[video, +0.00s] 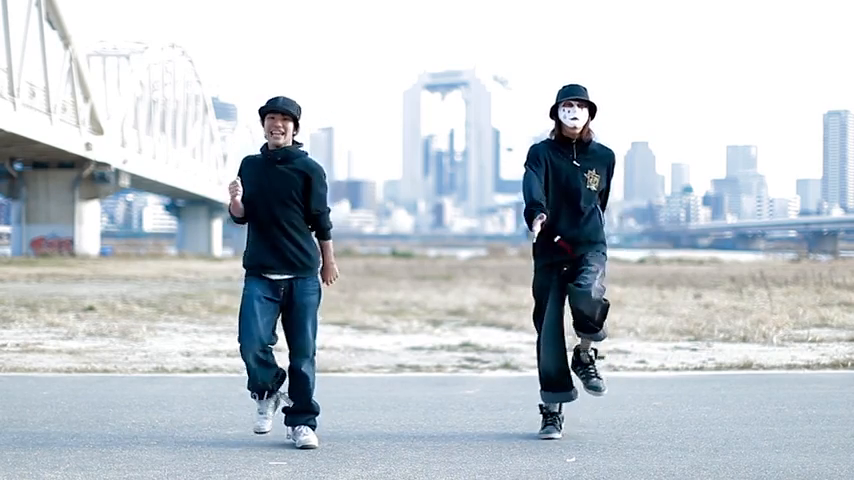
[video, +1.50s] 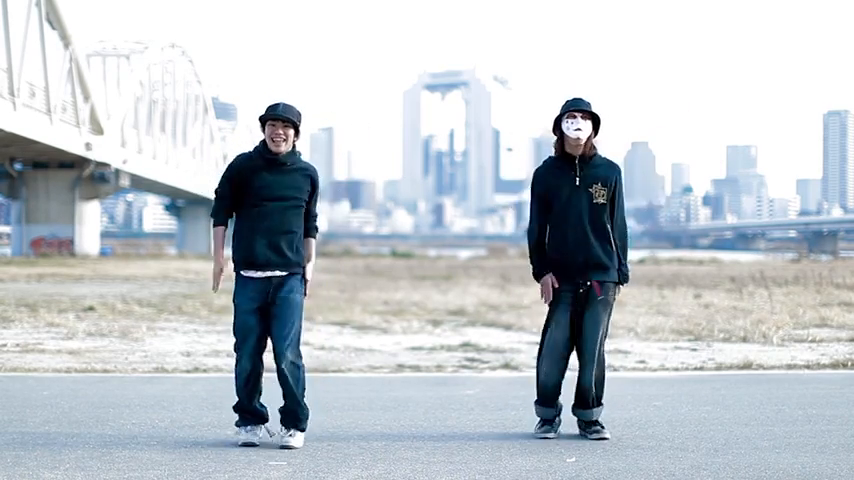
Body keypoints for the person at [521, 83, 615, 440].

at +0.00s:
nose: (573, 113)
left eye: (579, 107)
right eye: (567, 107)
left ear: (589, 114)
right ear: (556, 113)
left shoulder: (603, 156)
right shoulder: (541, 152)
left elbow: (601, 202)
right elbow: (533, 194)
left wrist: (587, 230)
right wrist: (537, 219)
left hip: (590, 246)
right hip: (550, 246)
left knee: (587, 297)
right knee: (549, 327)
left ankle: (585, 354)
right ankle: (551, 407)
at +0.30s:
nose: (577, 123)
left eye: (583, 118)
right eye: (571, 118)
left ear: (592, 124)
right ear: (560, 123)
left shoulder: (606, 164)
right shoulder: (542, 166)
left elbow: (626, 198)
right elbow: (527, 206)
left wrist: (646, 219)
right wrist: (520, 239)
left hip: (598, 259)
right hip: (559, 256)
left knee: (591, 335)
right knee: (586, 308)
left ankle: (584, 412)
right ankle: (561, 364)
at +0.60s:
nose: (575, 130)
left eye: (581, 124)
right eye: (569, 123)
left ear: (591, 127)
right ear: (559, 127)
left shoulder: (608, 166)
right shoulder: (541, 170)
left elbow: (651, 186)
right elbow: (511, 212)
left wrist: (619, 201)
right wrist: (538, 235)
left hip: (597, 271)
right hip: (557, 271)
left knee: (590, 344)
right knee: (557, 343)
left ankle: (585, 415)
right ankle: (556, 417)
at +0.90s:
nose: (580, 137)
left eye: (587, 131)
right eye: (575, 130)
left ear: (596, 129)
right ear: (563, 126)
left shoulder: (607, 159)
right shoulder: (541, 159)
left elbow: (648, 190)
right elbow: (501, 185)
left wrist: (691, 216)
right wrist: (455, 196)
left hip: (597, 257)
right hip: (555, 259)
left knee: (596, 323)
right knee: (556, 334)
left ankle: (592, 384)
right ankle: (556, 412)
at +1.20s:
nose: (584, 121)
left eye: (591, 116)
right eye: (578, 116)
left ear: (601, 124)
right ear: (568, 123)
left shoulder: (614, 167)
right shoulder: (547, 163)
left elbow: (651, 197)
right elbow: (504, 185)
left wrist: (667, 155)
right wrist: (499, 146)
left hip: (601, 263)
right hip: (561, 262)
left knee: (596, 338)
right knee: (576, 323)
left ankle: (591, 415)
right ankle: (564, 388)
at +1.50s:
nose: (576, 125)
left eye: (582, 120)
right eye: (569, 120)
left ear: (592, 128)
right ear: (560, 127)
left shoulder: (609, 171)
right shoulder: (545, 172)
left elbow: (618, 224)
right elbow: (536, 226)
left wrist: (621, 271)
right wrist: (542, 271)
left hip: (601, 271)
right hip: (561, 272)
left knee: (592, 347)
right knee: (553, 346)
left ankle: (590, 417)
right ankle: (547, 416)